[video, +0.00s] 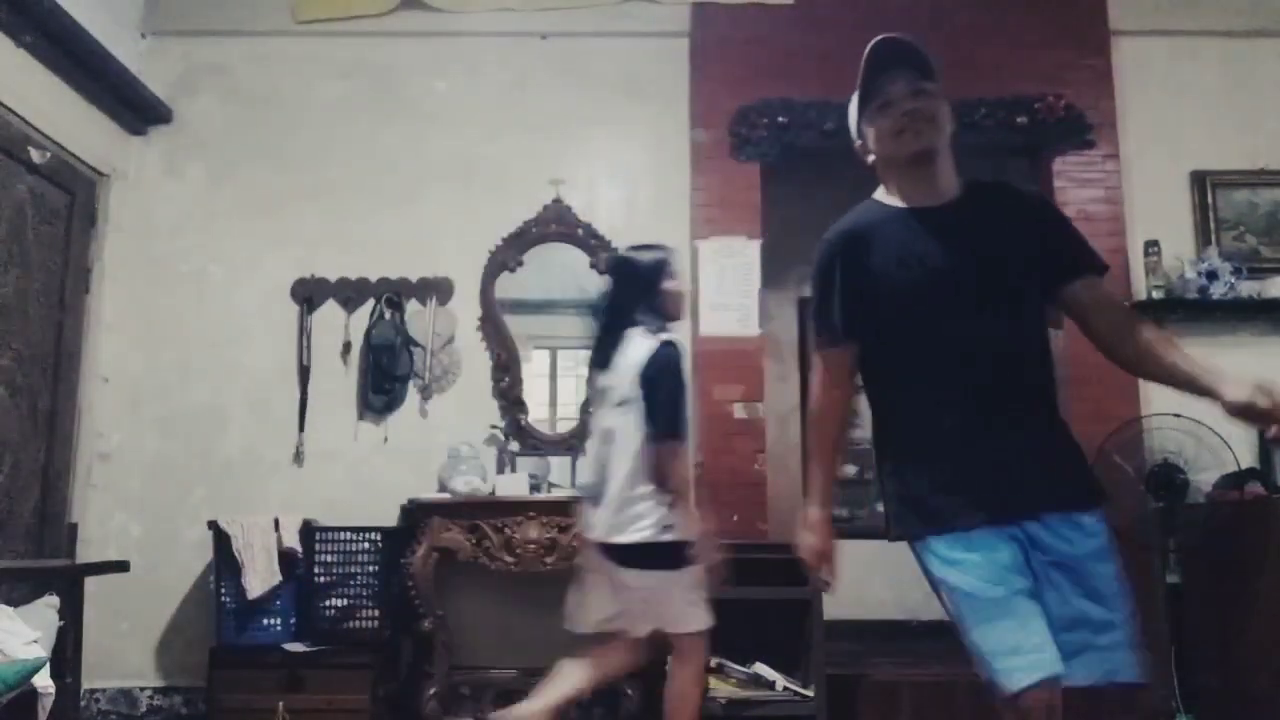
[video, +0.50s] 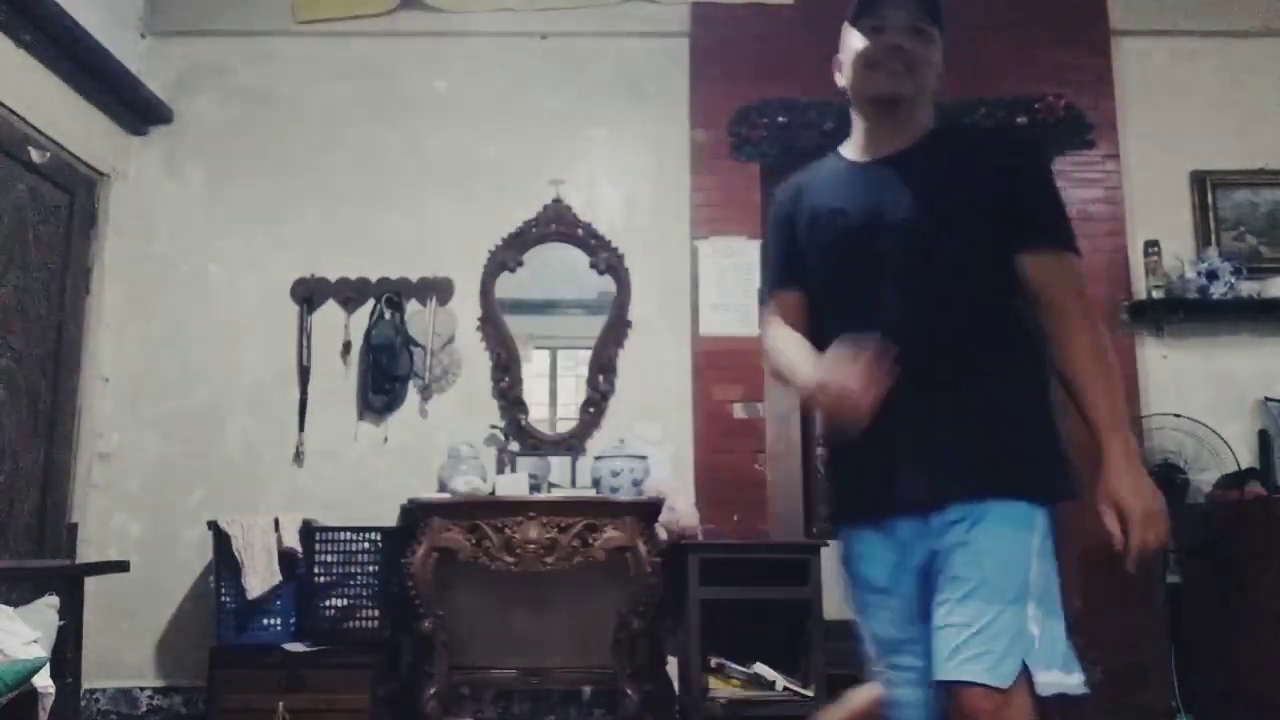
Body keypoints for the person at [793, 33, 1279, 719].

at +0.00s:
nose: (909, 109)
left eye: (921, 94)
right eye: (886, 105)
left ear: (949, 112)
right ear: (864, 141)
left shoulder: (1017, 212)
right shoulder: (850, 246)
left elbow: (1116, 324)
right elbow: (832, 388)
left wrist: (1223, 385)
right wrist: (816, 506)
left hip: (1054, 485)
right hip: (946, 505)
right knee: (1034, 693)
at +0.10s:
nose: (923, 88)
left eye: (935, 73)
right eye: (899, 81)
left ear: (962, 92)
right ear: (870, 112)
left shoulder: (1032, 192)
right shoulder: (853, 231)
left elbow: (1119, 313)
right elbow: (850, 377)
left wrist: (1199, 424)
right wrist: (865, 494)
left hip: (1067, 482)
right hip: (947, 505)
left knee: (1143, 684)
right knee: (1020, 698)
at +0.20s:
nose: (923, 64)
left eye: (939, 48)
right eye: (901, 54)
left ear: (968, 64)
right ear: (874, 83)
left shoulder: (1039, 166)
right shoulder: (850, 203)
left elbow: (1105, 293)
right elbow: (834, 335)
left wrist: (1151, 424)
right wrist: (897, 421)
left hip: (1061, 463)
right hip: (941, 489)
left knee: (1102, 667)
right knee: (1003, 693)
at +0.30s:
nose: (921, 45)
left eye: (941, 32)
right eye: (899, 34)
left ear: (967, 59)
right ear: (869, 68)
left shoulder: (1032, 153)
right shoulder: (839, 188)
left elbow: (1088, 294)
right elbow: (821, 319)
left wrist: (1120, 433)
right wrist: (894, 343)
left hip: (1043, 457)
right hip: (923, 479)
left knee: (1056, 665)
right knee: (973, 691)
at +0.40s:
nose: (909, 55)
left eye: (932, 44)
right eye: (888, 43)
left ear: (957, 69)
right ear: (856, 74)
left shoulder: (1019, 166)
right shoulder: (822, 206)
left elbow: (1088, 314)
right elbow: (800, 344)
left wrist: (1129, 465)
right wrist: (859, 328)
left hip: (1025, 484)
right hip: (904, 501)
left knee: (1013, 692)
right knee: (965, 698)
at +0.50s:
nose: (893, 44)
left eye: (917, 33)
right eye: (872, 30)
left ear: (942, 63)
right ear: (838, 64)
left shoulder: (1002, 160)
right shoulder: (802, 193)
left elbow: (1066, 309)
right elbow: (779, 327)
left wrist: (1120, 456)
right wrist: (816, 374)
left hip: (994, 481)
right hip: (872, 494)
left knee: (983, 692)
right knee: (907, 699)